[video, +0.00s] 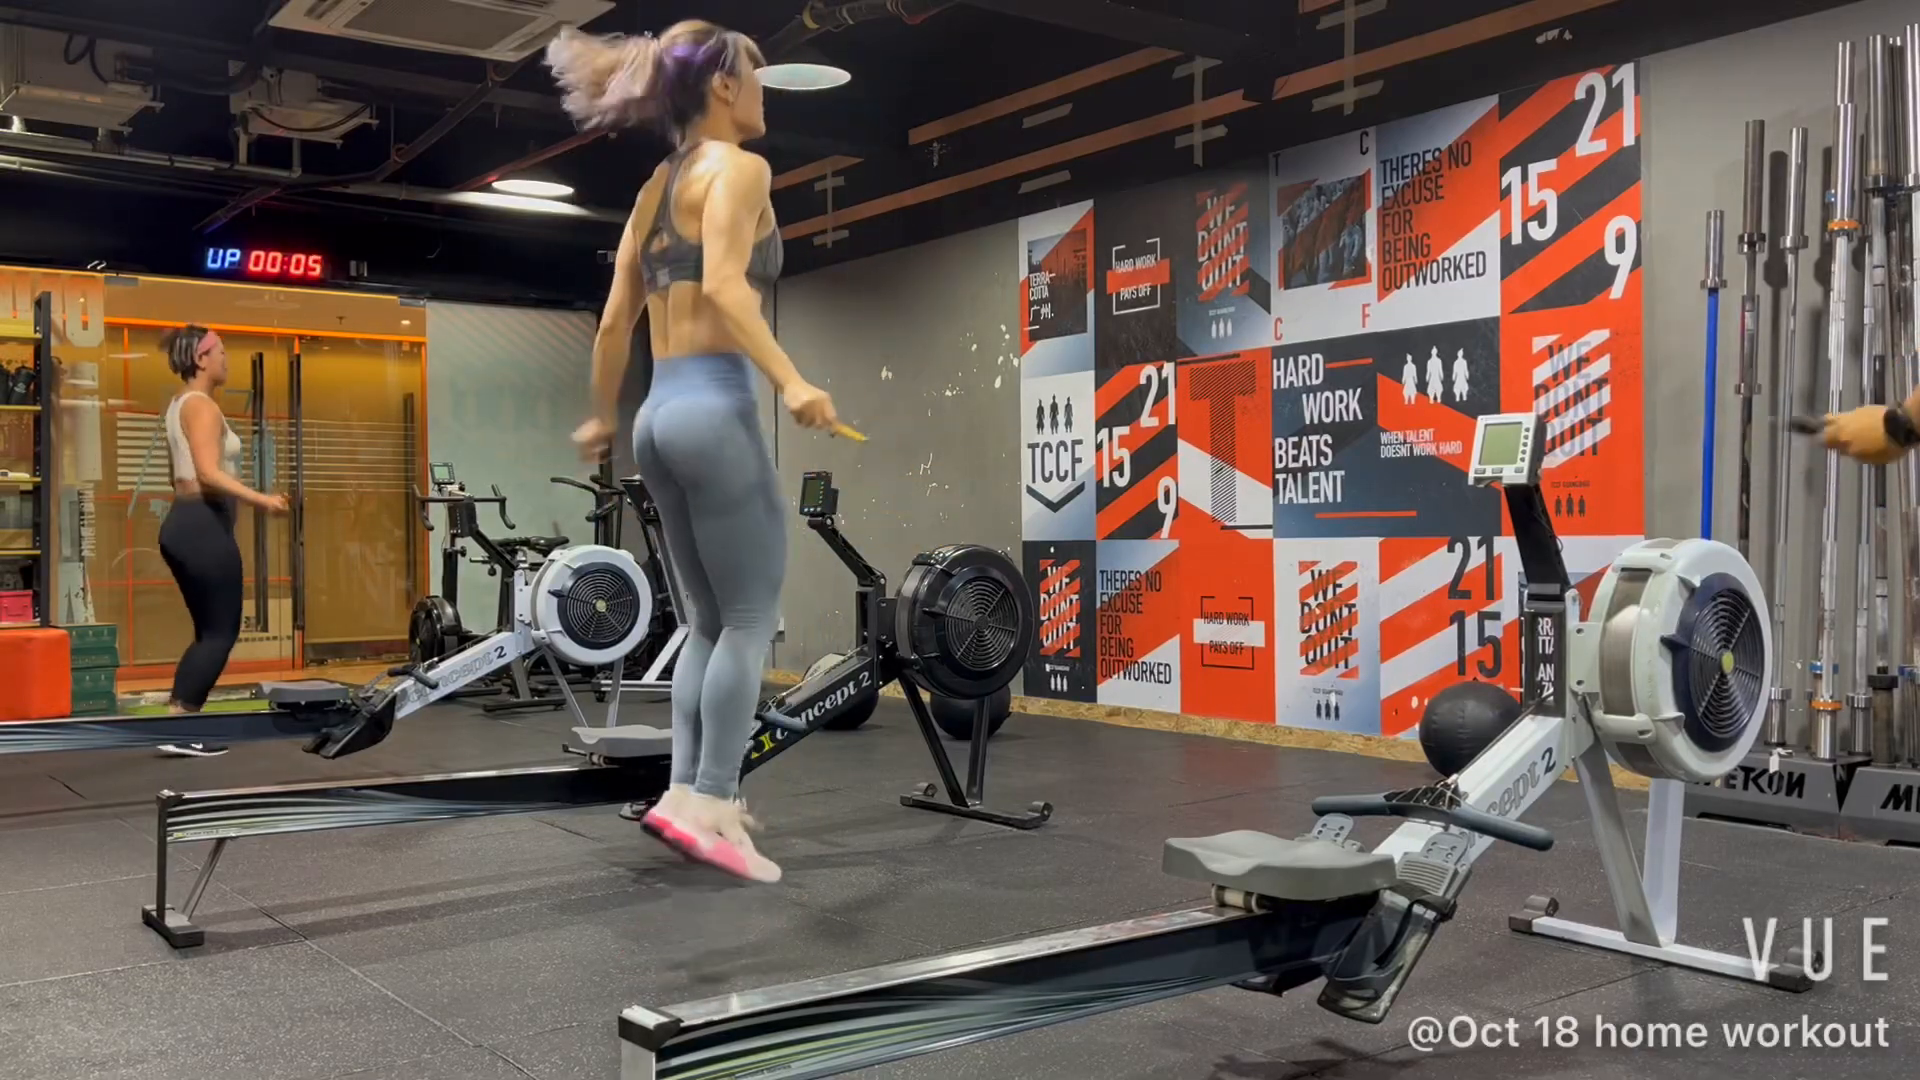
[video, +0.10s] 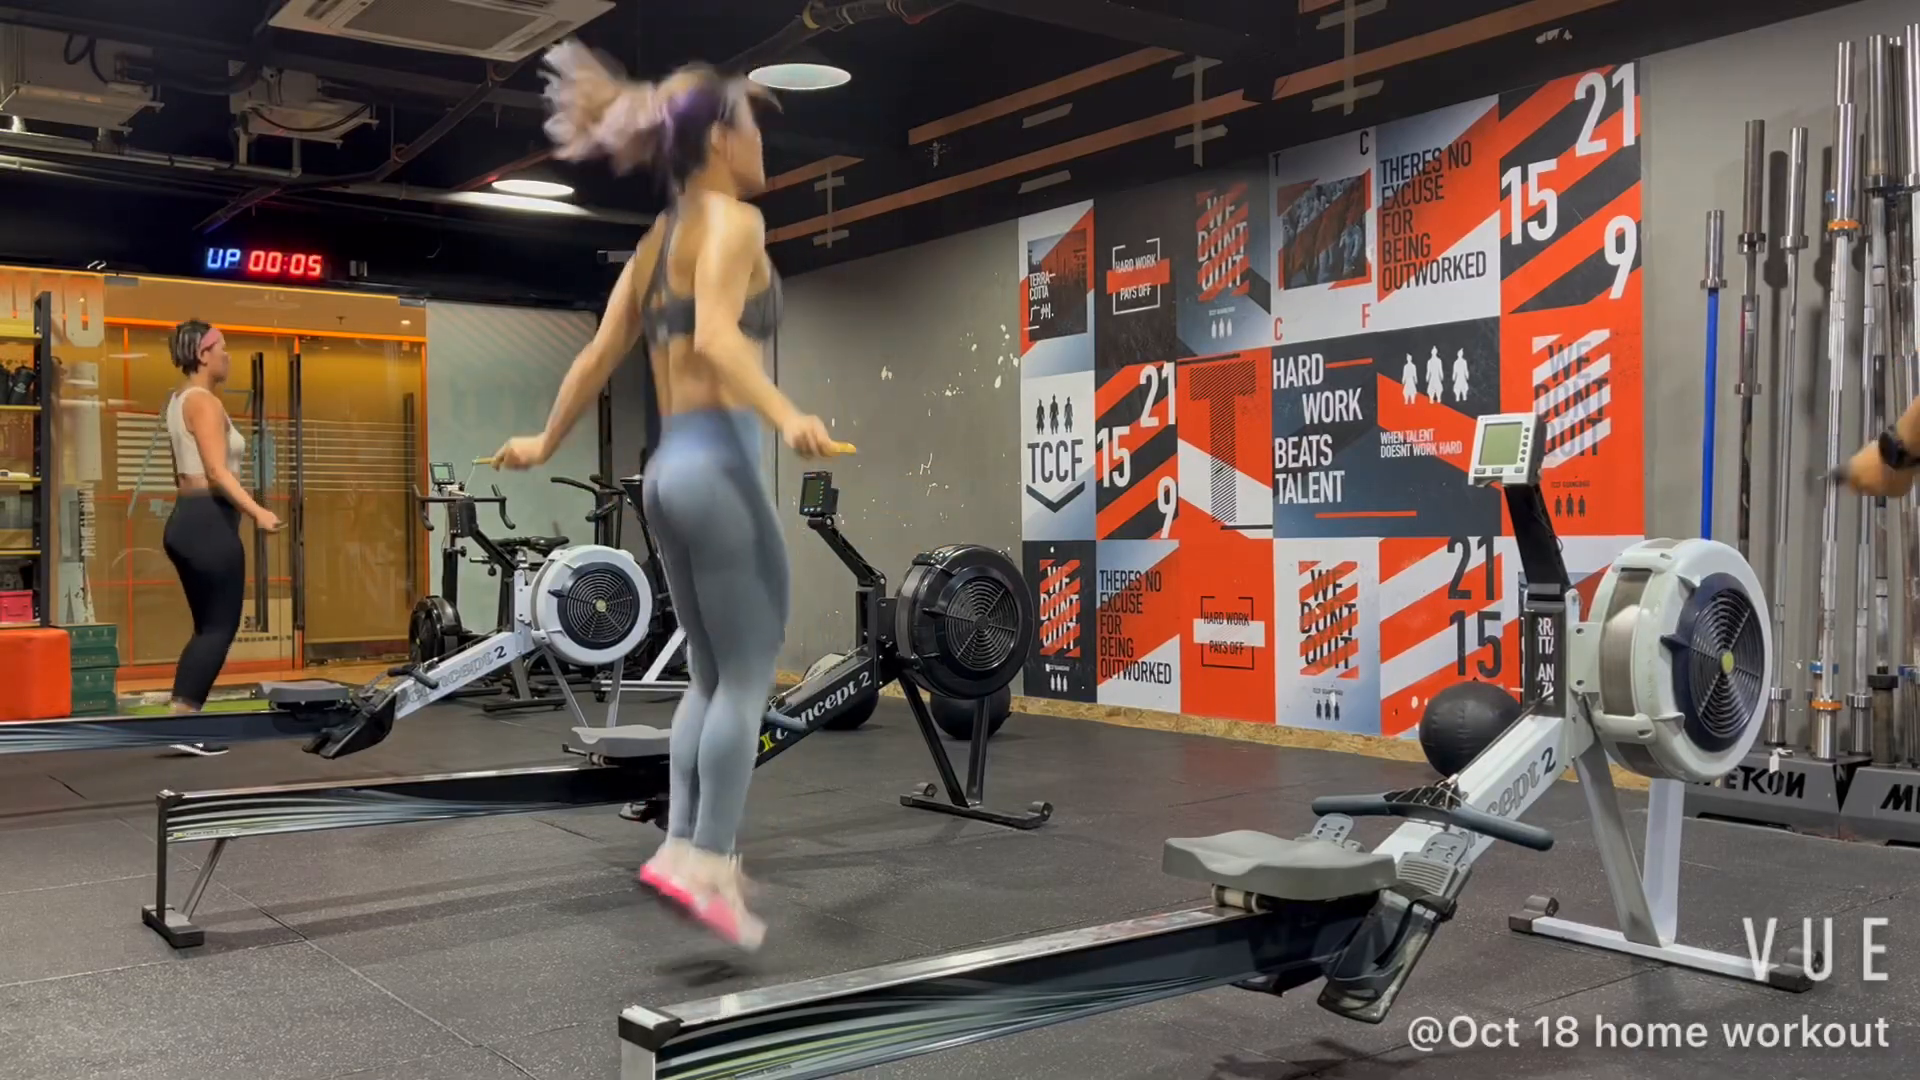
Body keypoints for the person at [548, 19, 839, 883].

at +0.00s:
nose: (763, 96)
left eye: (759, 80)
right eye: (754, 82)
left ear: (691, 96)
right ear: (722, 87)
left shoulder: (654, 188)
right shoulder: (739, 166)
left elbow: (616, 319)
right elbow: (722, 285)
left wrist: (605, 413)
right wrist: (791, 381)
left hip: (657, 412)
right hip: (714, 408)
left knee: (704, 621)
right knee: (750, 618)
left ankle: (689, 795)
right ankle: (712, 805)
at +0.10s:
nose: (759, 140)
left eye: (753, 125)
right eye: (747, 126)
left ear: (692, 148)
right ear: (717, 141)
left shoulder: (655, 240)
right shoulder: (729, 217)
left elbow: (599, 353)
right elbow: (715, 333)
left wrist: (544, 441)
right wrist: (789, 417)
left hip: (667, 468)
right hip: (712, 462)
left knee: (709, 673)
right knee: (748, 667)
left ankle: (686, 849)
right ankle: (710, 859)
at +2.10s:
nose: (762, 187)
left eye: (755, 173)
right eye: (751, 174)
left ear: (673, 191)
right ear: (728, 185)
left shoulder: (657, 277)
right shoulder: (726, 266)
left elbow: (618, 400)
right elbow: (722, 397)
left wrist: (610, 481)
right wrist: (810, 482)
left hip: (658, 503)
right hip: (710, 497)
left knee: (694, 707)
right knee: (742, 700)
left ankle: (659, 898)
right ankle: (681, 906)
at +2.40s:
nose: (771, 111)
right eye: (761, 96)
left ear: (683, 93)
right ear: (727, 93)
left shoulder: (675, 187)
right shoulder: (730, 176)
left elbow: (630, 316)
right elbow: (710, 309)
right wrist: (791, 391)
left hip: (667, 413)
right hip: (713, 409)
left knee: (706, 607)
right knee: (729, 606)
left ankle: (689, 811)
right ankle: (690, 812)